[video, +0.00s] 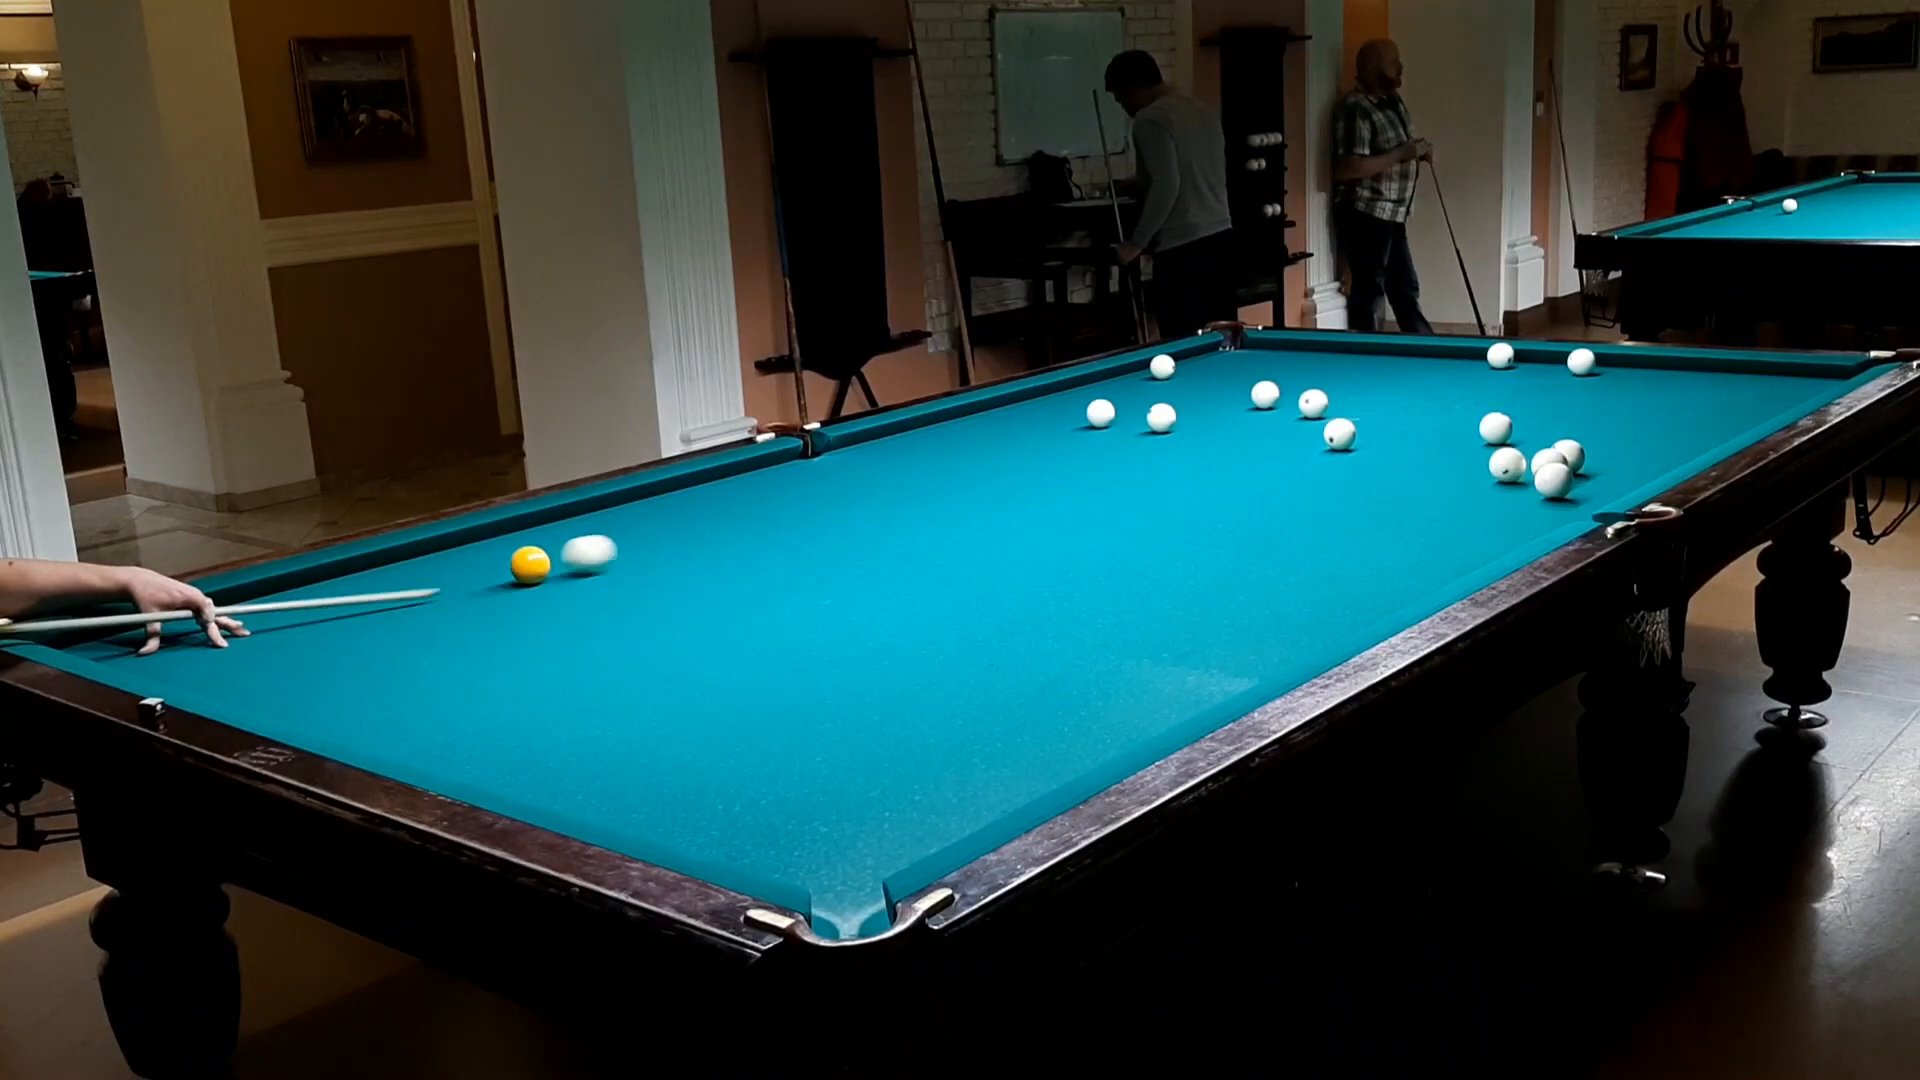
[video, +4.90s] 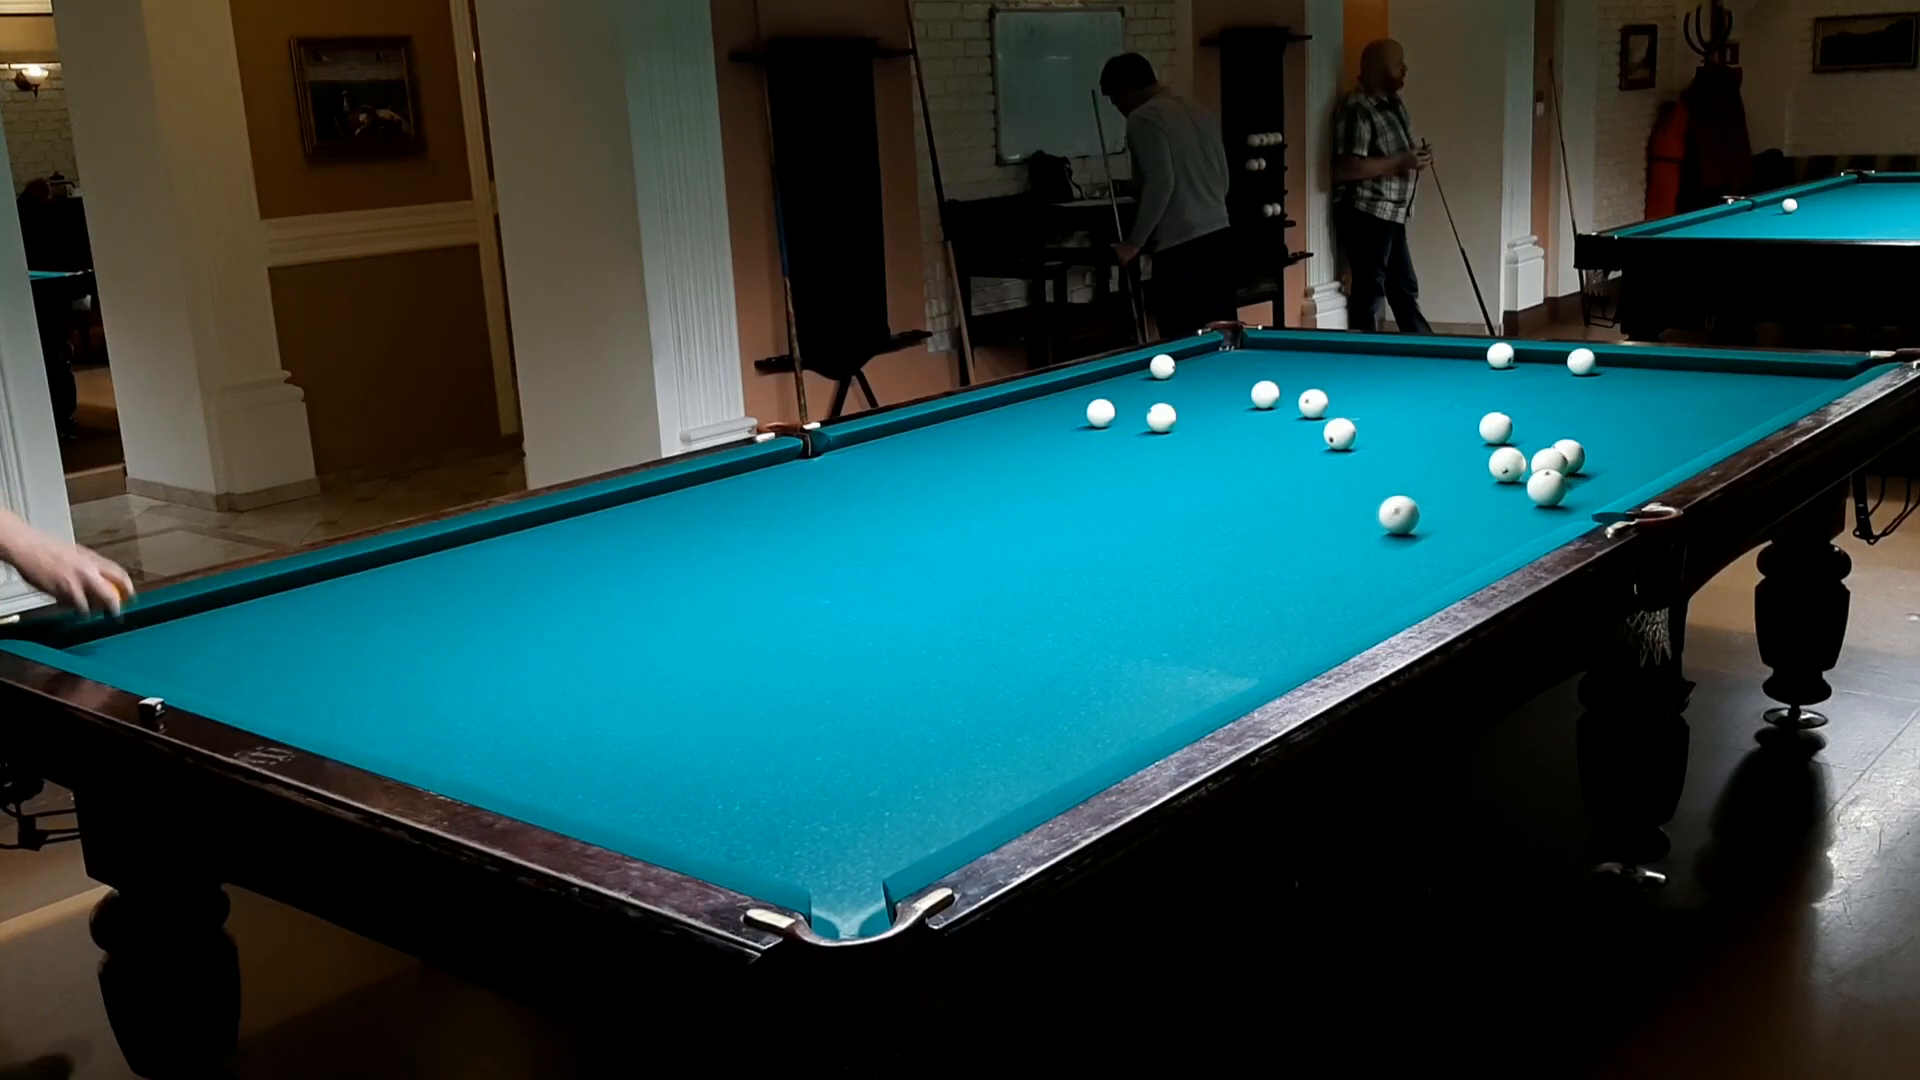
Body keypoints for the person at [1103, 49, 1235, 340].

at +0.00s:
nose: (1121, 106)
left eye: (1119, 97)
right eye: (1117, 99)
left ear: (1130, 88)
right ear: (1155, 78)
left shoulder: (1150, 121)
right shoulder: (1201, 110)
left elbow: (1165, 183)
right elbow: (1206, 172)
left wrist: (1136, 243)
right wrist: (1142, 184)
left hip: (1180, 251)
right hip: (1222, 241)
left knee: (1181, 345)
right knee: (1221, 337)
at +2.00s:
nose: (1110, 114)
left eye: (1107, 106)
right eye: (1105, 108)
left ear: (1116, 97)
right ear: (1141, 83)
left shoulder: (1139, 122)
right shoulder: (1187, 109)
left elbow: (1160, 180)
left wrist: (1134, 243)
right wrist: (1137, 189)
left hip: (1181, 250)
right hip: (1220, 238)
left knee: (1181, 344)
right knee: (1221, 334)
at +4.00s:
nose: (1114, 108)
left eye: (1112, 100)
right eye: (1110, 101)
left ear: (1122, 92)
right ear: (1148, 81)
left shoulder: (1142, 121)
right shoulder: (1192, 110)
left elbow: (1160, 181)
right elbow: (1216, 176)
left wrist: (1133, 243)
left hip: (1179, 250)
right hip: (1220, 239)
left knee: (1180, 343)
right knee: (1220, 335)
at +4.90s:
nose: (1116, 106)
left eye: (1114, 98)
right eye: (1112, 99)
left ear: (1123, 91)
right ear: (1151, 79)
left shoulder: (1143, 119)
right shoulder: (1195, 109)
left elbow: (1160, 182)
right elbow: (1221, 177)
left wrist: (1133, 243)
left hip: (1179, 249)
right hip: (1220, 239)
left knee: (1181, 344)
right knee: (1222, 335)